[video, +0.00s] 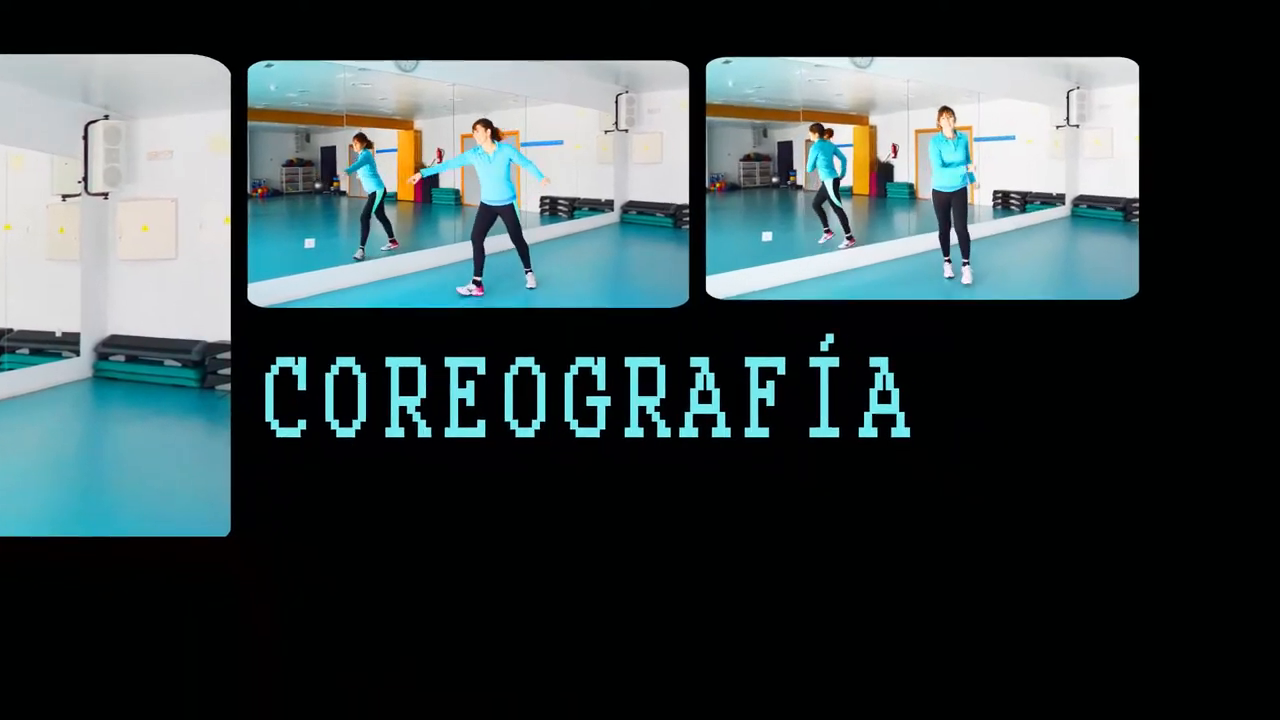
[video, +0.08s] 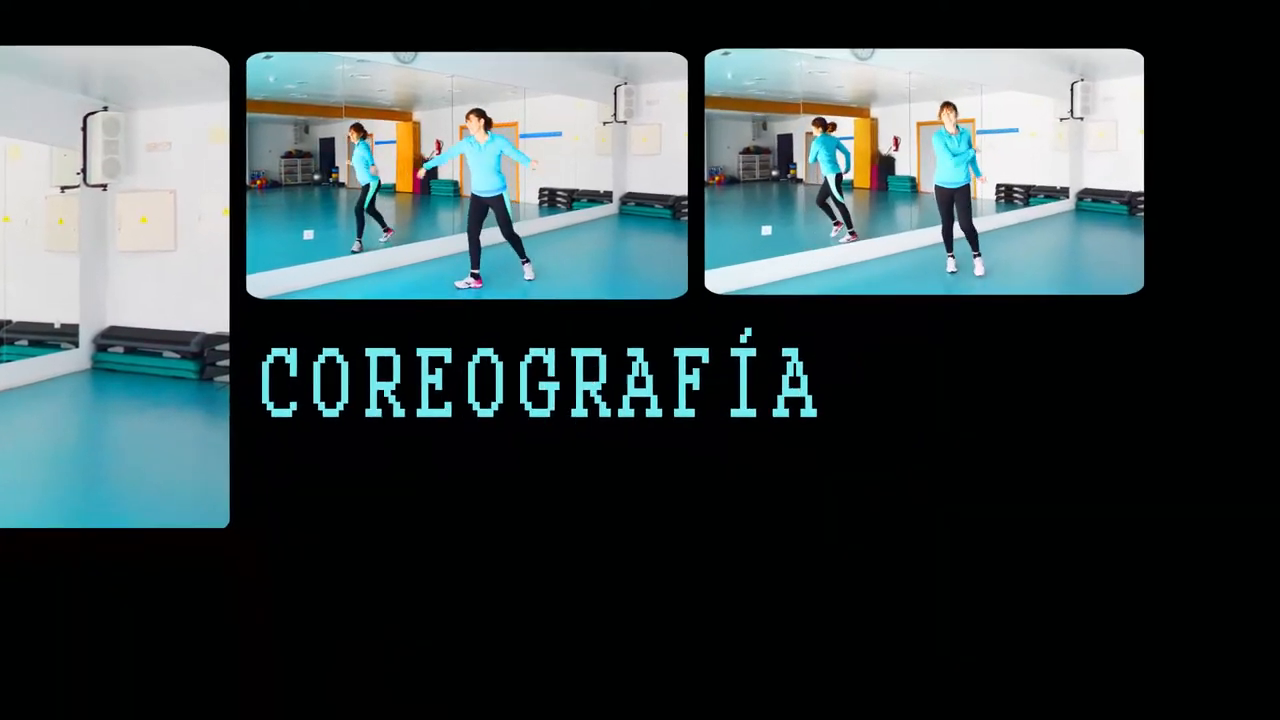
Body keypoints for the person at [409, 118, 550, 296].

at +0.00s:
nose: (474, 135)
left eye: (477, 131)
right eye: (473, 132)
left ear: (488, 132)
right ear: (478, 134)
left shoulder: (506, 150)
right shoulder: (473, 154)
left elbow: (525, 163)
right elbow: (448, 164)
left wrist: (540, 177)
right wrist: (422, 173)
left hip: (506, 204)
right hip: (487, 205)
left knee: (517, 238)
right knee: (476, 238)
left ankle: (529, 272)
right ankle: (476, 283)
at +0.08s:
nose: (468, 125)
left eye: (470, 121)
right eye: (467, 121)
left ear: (481, 121)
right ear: (472, 123)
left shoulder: (498, 141)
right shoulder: (466, 144)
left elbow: (514, 153)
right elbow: (446, 156)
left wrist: (528, 161)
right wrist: (425, 167)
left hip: (497, 195)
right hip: (477, 196)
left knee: (507, 232)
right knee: (472, 233)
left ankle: (525, 262)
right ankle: (474, 276)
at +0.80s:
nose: (475, 51)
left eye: (476, 47)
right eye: (471, 47)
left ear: (477, 51)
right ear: (462, 51)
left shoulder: (471, 72)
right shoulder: (455, 70)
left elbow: (469, 87)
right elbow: (433, 88)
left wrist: (479, 89)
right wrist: (422, 107)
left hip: (465, 124)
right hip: (454, 123)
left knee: (457, 168)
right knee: (455, 168)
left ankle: (445, 209)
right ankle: (434, 216)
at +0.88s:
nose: (472, 46)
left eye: (474, 43)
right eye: (468, 42)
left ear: (477, 46)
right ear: (460, 46)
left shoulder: (476, 68)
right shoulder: (451, 66)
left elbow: (478, 86)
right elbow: (430, 83)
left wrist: (494, 83)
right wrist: (413, 96)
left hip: (470, 123)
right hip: (453, 122)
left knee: (459, 166)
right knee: (449, 168)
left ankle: (450, 204)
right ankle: (429, 214)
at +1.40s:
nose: (468, 32)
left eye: (472, 29)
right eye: (464, 28)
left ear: (476, 32)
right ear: (458, 31)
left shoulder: (485, 48)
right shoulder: (451, 54)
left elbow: (507, 66)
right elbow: (449, 87)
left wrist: (478, 52)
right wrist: (463, 64)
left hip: (484, 107)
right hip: (460, 107)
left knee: (485, 150)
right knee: (463, 151)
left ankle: (478, 192)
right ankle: (463, 191)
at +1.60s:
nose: (471, 32)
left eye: (475, 29)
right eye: (468, 28)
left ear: (479, 32)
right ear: (461, 30)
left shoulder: (487, 46)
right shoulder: (454, 52)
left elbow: (517, 59)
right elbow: (448, 82)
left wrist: (496, 69)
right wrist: (454, 78)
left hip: (497, 99)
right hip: (473, 101)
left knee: (515, 139)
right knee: (477, 144)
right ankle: (473, 185)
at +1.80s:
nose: (472, 29)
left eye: (477, 26)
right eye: (470, 24)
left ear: (483, 30)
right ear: (465, 26)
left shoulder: (493, 45)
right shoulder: (465, 47)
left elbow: (522, 54)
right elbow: (473, 70)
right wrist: (451, 67)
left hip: (508, 97)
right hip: (486, 99)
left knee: (532, 135)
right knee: (483, 141)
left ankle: (563, 169)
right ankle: (480, 180)